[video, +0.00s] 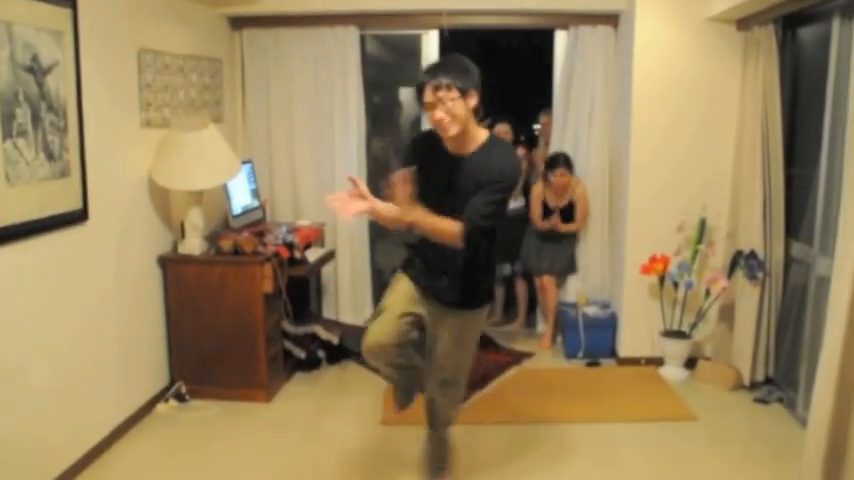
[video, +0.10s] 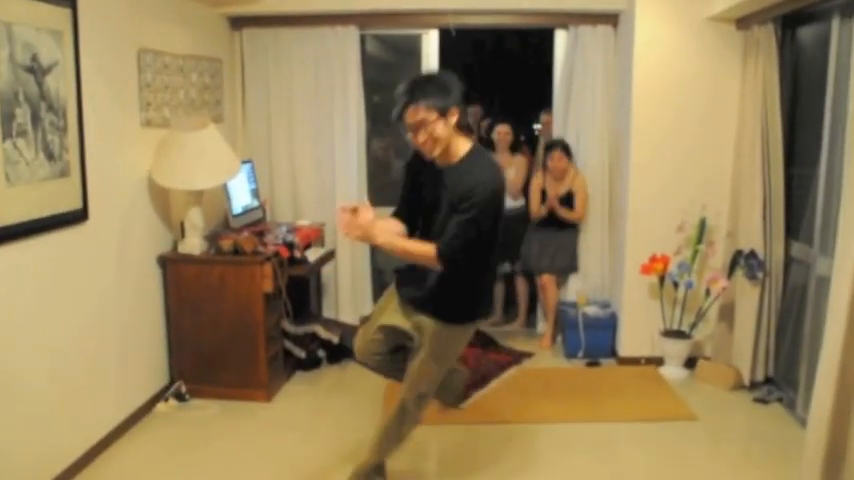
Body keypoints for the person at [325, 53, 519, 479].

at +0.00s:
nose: (438, 116)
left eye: (446, 103)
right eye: (430, 107)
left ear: (472, 100)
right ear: (424, 110)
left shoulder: (501, 161)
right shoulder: (424, 147)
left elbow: (468, 234)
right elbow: (414, 217)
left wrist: (402, 213)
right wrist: (377, 204)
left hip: (465, 292)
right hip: (419, 272)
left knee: (444, 385)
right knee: (378, 344)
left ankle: (437, 457)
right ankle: (412, 374)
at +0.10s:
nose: (417, 139)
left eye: (423, 127)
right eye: (411, 131)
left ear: (452, 117)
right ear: (407, 129)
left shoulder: (483, 180)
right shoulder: (422, 163)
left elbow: (445, 256)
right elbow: (404, 222)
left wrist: (380, 238)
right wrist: (370, 224)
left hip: (452, 312)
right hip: (409, 291)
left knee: (414, 393)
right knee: (368, 349)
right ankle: (447, 376)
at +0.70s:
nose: (454, 141)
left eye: (459, 127)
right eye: (442, 134)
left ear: (478, 124)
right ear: (432, 142)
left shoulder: (522, 168)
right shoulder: (433, 195)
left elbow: (545, 240)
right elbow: (463, 273)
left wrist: (508, 229)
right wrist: (479, 236)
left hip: (534, 302)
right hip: (484, 321)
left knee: (568, 387)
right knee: (525, 421)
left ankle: (495, 426)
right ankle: (549, 473)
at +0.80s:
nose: (462, 149)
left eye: (468, 136)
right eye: (452, 140)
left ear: (491, 131)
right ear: (443, 144)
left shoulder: (532, 182)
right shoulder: (436, 195)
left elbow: (543, 255)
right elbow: (428, 276)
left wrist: (503, 258)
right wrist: (475, 258)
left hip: (529, 318)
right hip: (475, 323)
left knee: (532, 414)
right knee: (516, 421)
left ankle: (466, 453)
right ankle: (547, 475)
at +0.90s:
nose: (476, 136)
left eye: (485, 124)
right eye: (468, 126)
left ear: (511, 122)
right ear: (460, 127)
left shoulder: (540, 181)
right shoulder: (450, 166)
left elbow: (526, 257)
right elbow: (400, 221)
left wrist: (463, 258)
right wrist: (417, 256)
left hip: (499, 298)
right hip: (449, 286)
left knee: (479, 396)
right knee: (456, 378)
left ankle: (444, 465)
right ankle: (463, 459)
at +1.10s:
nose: (453, 136)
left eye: (461, 124)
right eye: (447, 126)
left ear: (491, 117)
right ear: (442, 121)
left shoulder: (523, 179)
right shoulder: (449, 155)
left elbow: (530, 272)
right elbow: (425, 209)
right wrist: (381, 240)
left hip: (477, 315)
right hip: (431, 286)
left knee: (437, 401)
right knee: (380, 345)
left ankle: (406, 466)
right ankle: (446, 372)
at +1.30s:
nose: (460, 138)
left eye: (469, 127)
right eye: (454, 128)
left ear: (498, 124)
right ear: (449, 130)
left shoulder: (524, 187)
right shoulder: (459, 168)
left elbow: (555, 270)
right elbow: (426, 217)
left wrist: (551, 343)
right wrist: (369, 213)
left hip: (485, 323)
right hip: (443, 311)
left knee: (438, 406)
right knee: (444, 396)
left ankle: (397, 470)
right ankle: (528, 461)